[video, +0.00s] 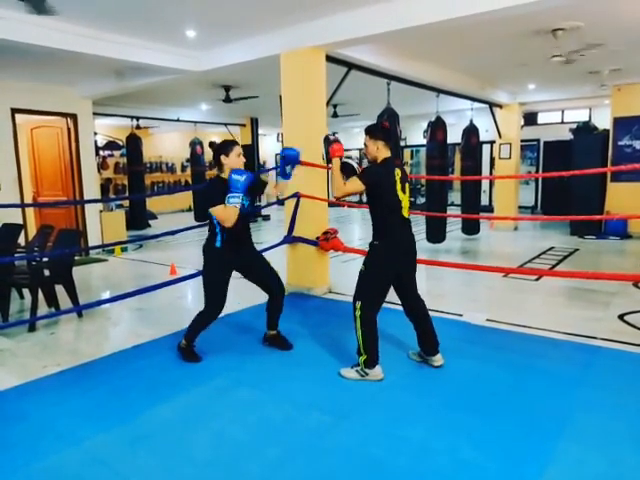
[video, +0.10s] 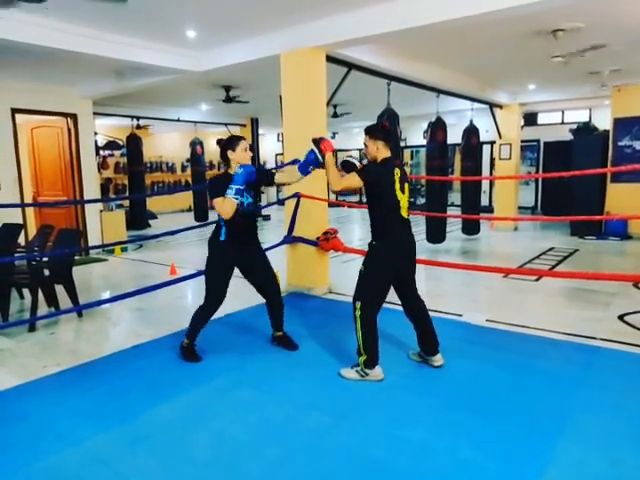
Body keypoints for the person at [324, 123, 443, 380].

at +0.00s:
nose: (364, 148)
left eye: (367, 143)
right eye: (365, 143)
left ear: (379, 144)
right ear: (385, 145)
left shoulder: (377, 172)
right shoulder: (398, 168)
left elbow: (340, 191)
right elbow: (377, 191)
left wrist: (335, 161)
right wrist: (358, 175)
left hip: (384, 247)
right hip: (405, 245)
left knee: (364, 305)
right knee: (410, 298)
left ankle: (368, 366)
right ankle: (431, 352)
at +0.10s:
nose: (365, 149)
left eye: (367, 144)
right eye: (366, 144)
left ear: (379, 144)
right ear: (387, 144)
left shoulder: (376, 170)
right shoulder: (399, 168)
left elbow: (336, 184)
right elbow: (372, 186)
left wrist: (328, 154)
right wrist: (354, 172)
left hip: (384, 247)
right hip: (405, 244)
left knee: (363, 304)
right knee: (410, 297)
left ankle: (368, 366)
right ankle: (431, 352)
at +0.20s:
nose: (364, 149)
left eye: (366, 144)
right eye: (364, 144)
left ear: (378, 144)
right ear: (387, 144)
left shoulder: (377, 171)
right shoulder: (396, 168)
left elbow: (340, 187)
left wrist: (326, 163)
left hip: (385, 247)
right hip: (403, 243)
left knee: (364, 305)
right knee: (408, 298)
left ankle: (368, 367)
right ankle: (430, 352)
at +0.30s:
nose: (364, 149)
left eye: (366, 144)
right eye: (364, 144)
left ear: (380, 144)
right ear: (384, 145)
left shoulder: (381, 171)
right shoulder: (392, 168)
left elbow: (350, 198)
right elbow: (365, 189)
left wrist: (336, 171)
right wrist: (346, 168)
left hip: (385, 247)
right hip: (402, 244)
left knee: (366, 306)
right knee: (407, 298)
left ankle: (368, 367)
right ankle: (430, 353)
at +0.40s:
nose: (366, 151)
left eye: (369, 146)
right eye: (366, 146)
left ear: (382, 145)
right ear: (386, 145)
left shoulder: (385, 173)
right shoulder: (395, 169)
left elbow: (360, 204)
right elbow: (374, 198)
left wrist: (345, 179)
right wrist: (361, 181)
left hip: (386, 247)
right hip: (401, 244)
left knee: (368, 306)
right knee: (408, 299)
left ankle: (368, 367)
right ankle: (430, 353)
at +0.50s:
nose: (370, 152)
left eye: (372, 147)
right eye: (370, 147)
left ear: (385, 146)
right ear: (389, 146)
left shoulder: (389, 173)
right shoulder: (398, 170)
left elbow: (373, 211)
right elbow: (387, 205)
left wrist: (353, 191)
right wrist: (366, 190)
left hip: (389, 248)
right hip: (404, 245)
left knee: (371, 305)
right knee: (411, 299)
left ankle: (368, 367)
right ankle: (431, 354)